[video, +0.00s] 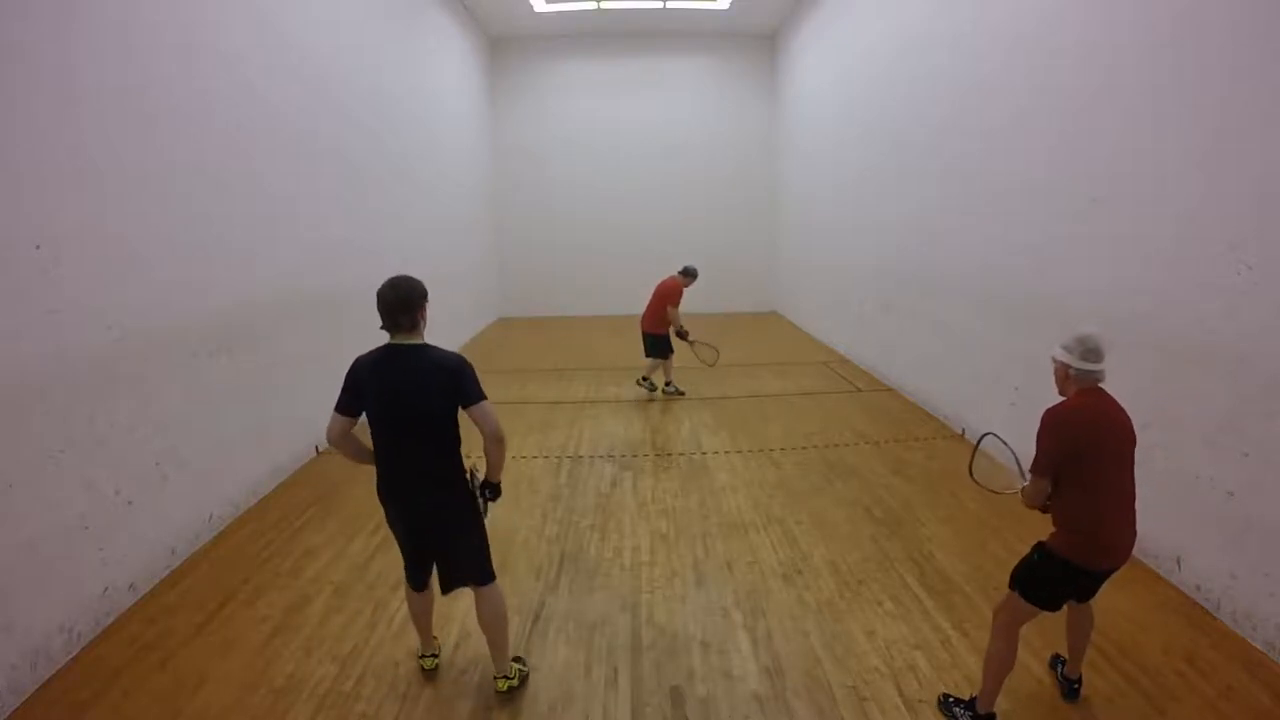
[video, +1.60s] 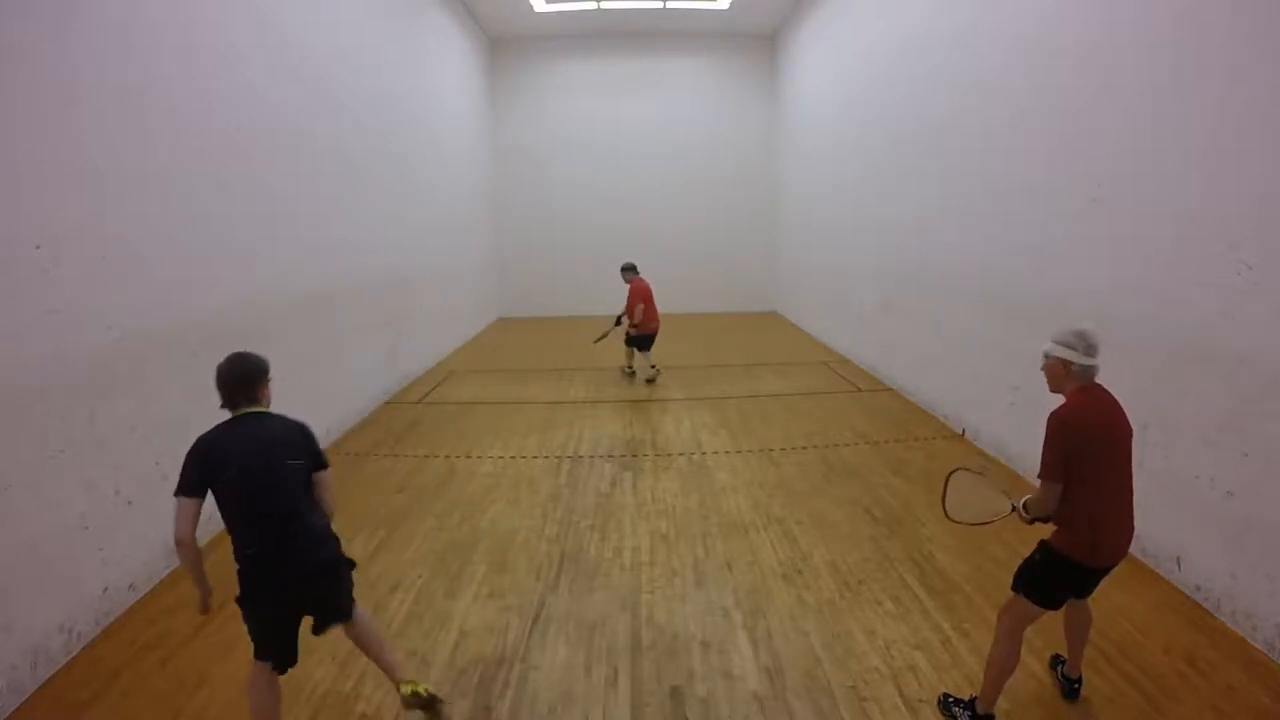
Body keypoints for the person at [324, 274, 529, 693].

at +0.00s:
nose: (426, 311)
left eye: (423, 305)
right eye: (425, 306)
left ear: (381, 316)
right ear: (423, 312)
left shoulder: (365, 368)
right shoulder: (450, 366)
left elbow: (337, 435)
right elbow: (493, 433)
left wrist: (378, 458)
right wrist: (492, 482)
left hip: (397, 493)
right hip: (448, 490)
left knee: (416, 571)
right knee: (483, 579)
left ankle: (427, 650)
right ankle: (504, 671)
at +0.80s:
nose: (396, 296)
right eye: (394, 289)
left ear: (345, 302)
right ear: (391, 296)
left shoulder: (326, 358)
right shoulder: (423, 344)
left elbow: (305, 441)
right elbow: (461, 420)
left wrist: (347, 471)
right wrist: (459, 485)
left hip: (363, 508)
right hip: (425, 503)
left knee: (362, 602)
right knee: (470, 599)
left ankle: (368, 690)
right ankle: (508, 686)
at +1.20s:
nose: (354, 303)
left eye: (351, 295)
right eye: (352, 296)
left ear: (301, 306)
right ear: (346, 303)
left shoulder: (274, 360)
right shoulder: (375, 354)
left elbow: (234, 437)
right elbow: (428, 428)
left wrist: (285, 475)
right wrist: (437, 495)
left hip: (307, 520)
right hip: (370, 513)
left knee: (312, 621)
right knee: (427, 610)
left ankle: (319, 715)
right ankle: (476, 701)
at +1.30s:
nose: (336, 311)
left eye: (333, 303)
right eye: (334, 304)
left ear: (283, 314)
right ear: (327, 311)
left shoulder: (257, 369)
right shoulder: (357, 363)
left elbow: (217, 448)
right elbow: (414, 436)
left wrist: (258, 497)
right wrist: (425, 496)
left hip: (292, 526)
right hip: (355, 519)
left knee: (289, 629)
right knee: (409, 616)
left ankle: (286, 716)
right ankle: (456, 707)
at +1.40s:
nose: (317, 344)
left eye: (313, 337)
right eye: (316, 338)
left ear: (266, 348)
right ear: (310, 344)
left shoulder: (244, 407)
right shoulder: (341, 396)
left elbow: (211, 492)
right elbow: (404, 467)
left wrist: (242, 546)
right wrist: (418, 519)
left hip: (282, 558)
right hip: (346, 552)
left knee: (269, 658)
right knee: (397, 642)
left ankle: (261, 718)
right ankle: (438, 715)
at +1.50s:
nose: (294, 370)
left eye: (291, 364)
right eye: (292, 365)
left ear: (244, 378)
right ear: (287, 372)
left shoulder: (225, 436)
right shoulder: (319, 423)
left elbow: (202, 525)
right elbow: (376, 494)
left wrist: (222, 576)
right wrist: (380, 538)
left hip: (267, 578)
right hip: (327, 570)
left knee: (265, 667)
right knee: (383, 644)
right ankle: (429, 713)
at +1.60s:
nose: (270, 389)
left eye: (267, 383)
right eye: (269, 384)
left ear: (223, 396)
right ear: (265, 390)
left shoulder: (205, 449)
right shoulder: (295, 432)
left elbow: (184, 538)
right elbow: (327, 503)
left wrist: (202, 588)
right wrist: (308, 534)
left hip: (262, 576)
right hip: (318, 560)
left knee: (265, 664)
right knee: (352, 614)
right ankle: (404, 683)